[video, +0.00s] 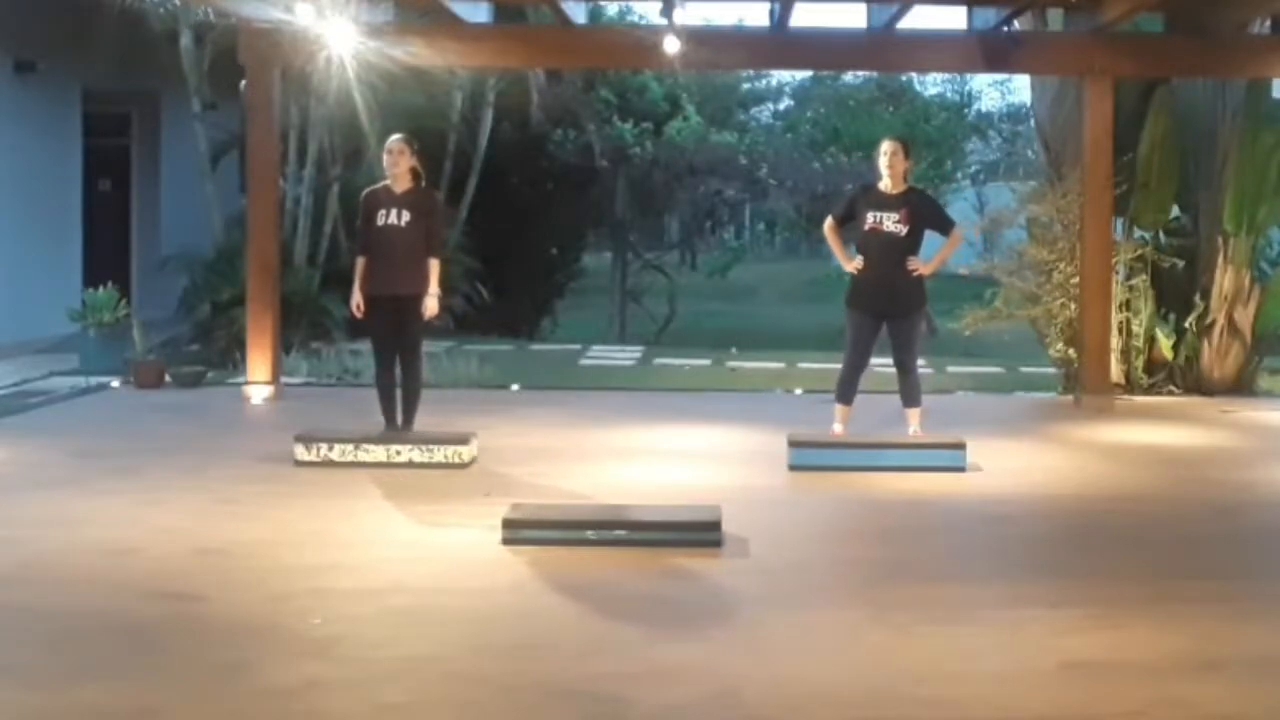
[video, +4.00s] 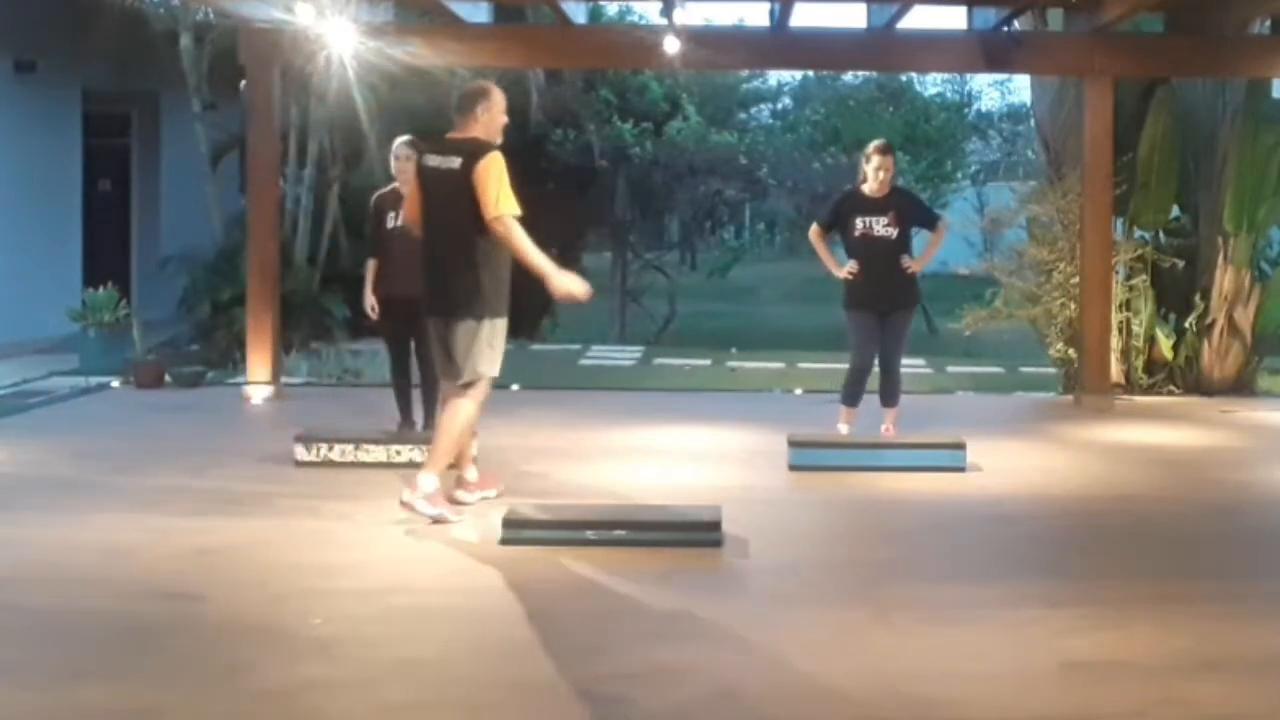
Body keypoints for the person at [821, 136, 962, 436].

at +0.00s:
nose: (888, 160)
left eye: (894, 155)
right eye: (884, 154)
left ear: (906, 162)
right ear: (877, 160)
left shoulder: (919, 200)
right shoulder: (863, 196)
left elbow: (956, 235)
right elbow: (830, 225)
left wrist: (931, 265)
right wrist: (845, 260)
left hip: (904, 290)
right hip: (866, 288)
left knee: (906, 363)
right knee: (854, 360)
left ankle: (915, 430)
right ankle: (839, 429)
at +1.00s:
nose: (864, 161)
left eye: (869, 155)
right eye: (859, 156)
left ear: (883, 160)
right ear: (854, 164)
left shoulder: (903, 198)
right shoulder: (844, 200)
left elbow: (939, 229)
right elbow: (813, 231)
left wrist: (919, 265)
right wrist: (833, 262)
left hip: (894, 289)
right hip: (854, 289)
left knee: (898, 362)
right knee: (846, 359)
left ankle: (913, 429)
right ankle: (837, 429)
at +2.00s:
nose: (872, 159)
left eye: (877, 154)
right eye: (867, 154)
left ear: (888, 161)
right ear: (858, 161)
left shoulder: (903, 199)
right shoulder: (844, 199)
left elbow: (941, 229)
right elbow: (813, 229)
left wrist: (919, 265)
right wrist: (831, 263)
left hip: (893, 289)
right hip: (853, 289)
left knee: (898, 362)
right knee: (845, 359)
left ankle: (913, 429)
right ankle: (837, 429)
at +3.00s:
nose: (865, 166)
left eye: (870, 160)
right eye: (860, 161)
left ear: (883, 162)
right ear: (854, 165)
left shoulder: (898, 199)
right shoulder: (840, 197)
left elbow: (934, 228)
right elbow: (806, 225)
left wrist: (914, 262)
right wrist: (824, 260)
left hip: (887, 287)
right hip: (847, 286)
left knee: (895, 359)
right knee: (844, 356)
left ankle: (914, 428)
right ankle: (837, 428)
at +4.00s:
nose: (884, 175)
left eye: (889, 169)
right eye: (879, 169)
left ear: (895, 170)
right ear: (866, 168)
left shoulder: (904, 200)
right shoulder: (848, 200)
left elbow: (940, 228)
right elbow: (815, 233)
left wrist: (922, 262)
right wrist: (836, 268)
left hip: (899, 289)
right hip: (862, 289)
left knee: (890, 360)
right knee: (863, 357)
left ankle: (889, 426)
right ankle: (845, 424)